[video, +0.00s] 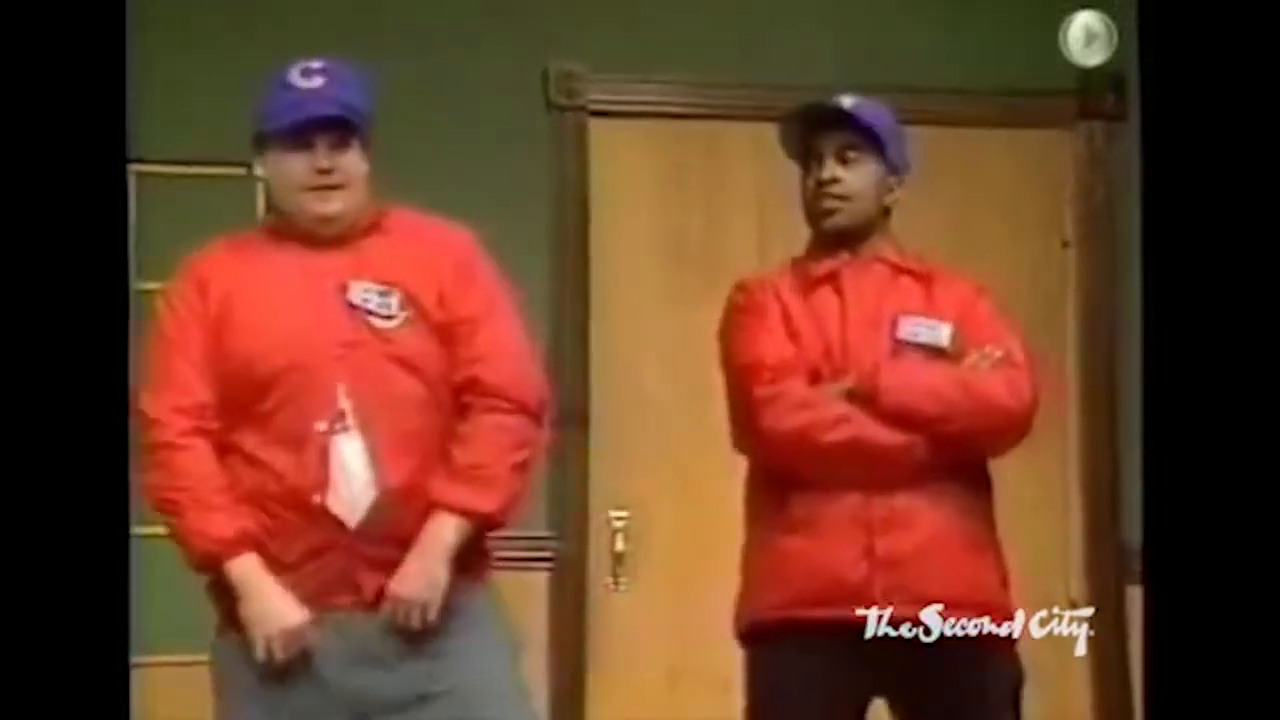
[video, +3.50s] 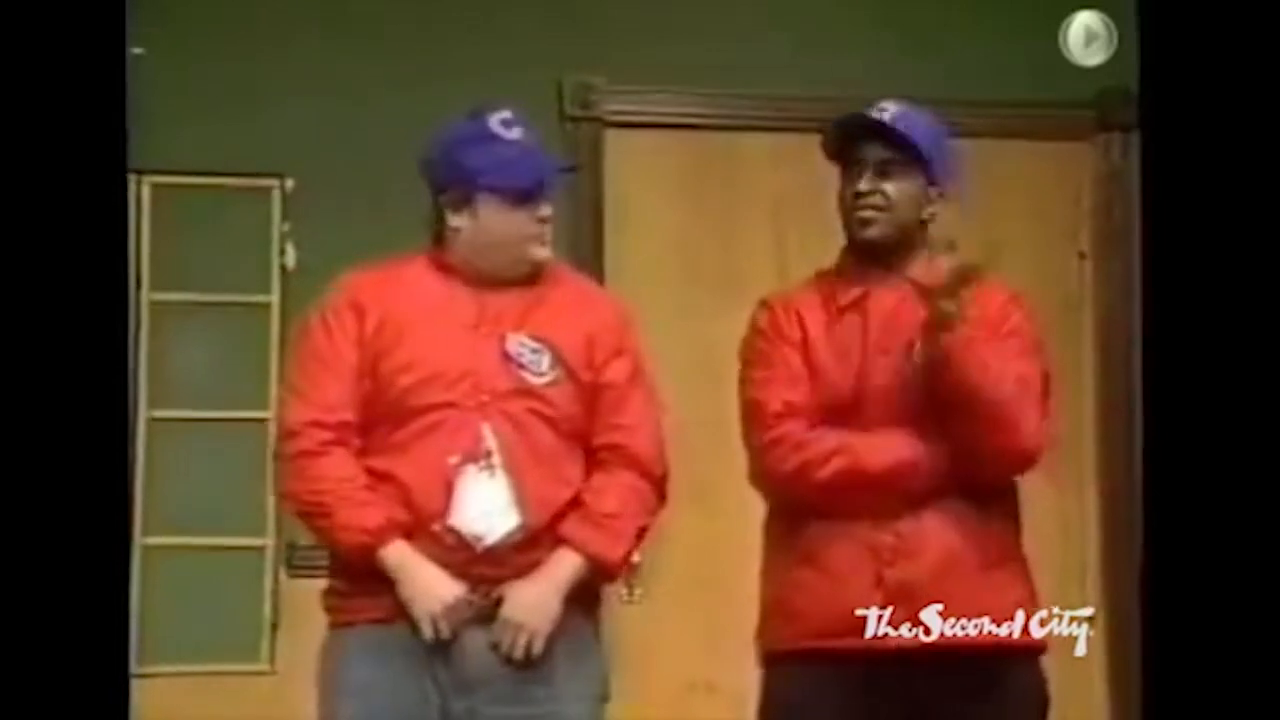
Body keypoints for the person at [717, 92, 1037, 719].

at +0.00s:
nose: (825, 174)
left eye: (849, 158)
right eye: (814, 161)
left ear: (893, 183)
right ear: (801, 180)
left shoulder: (955, 294)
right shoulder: (761, 298)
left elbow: (1007, 405)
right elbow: (774, 425)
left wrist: (868, 387)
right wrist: (936, 441)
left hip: (952, 617)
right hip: (802, 621)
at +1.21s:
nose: (900, 189)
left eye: (908, 171)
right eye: (873, 172)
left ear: (921, 187)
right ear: (826, 196)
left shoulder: (978, 306)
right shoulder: (785, 324)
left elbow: (1035, 435)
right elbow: (799, 471)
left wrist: (889, 430)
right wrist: (972, 467)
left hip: (985, 639)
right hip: (840, 649)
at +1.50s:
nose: (975, 191)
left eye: (982, 173)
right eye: (949, 172)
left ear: (994, 187)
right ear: (893, 198)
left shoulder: (1041, 316)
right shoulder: (839, 316)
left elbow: (1086, 452)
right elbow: (845, 467)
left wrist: (937, 432)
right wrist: (1014, 485)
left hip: (1025, 646)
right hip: (876, 645)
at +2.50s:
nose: (899, 201)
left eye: (910, 183)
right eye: (876, 184)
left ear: (923, 198)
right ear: (833, 204)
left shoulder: (979, 319)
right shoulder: (779, 324)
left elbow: (1023, 446)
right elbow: (788, 464)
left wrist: (878, 427)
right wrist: (962, 466)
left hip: (971, 649)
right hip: (819, 651)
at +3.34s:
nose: (877, 194)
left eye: (901, 179)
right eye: (863, 177)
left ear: (933, 204)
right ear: (842, 197)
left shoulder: (990, 321)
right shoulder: (788, 317)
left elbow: (1035, 458)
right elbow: (796, 457)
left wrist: (905, 411)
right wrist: (968, 470)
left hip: (974, 648)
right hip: (823, 646)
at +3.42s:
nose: (872, 188)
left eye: (896, 172)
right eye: (859, 171)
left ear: (932, 196)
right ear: (840, 191)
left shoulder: (993, 317)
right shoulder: (787, 318)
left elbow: (1023, 462)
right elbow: (785, 459)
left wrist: (965, 364)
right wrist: (948, 463)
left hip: (972, 647)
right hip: (823, 648)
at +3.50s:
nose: (863, 186)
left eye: (888, 170)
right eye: (853, 170)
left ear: (932, 193)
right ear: (838, 187)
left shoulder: (986, 305)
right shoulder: (787, 316)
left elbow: (1014, 444)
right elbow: (780, 459)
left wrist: (952, 323)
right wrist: (940, 456)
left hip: (973, 644)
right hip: (822, 648)